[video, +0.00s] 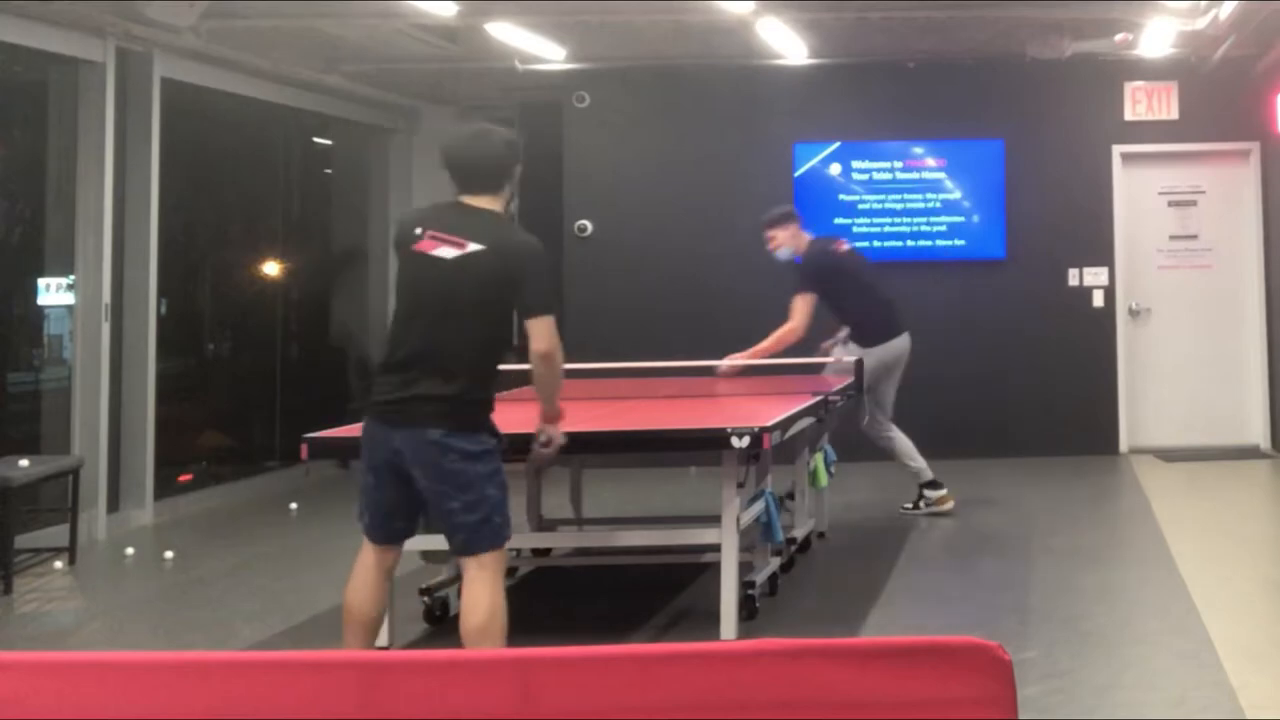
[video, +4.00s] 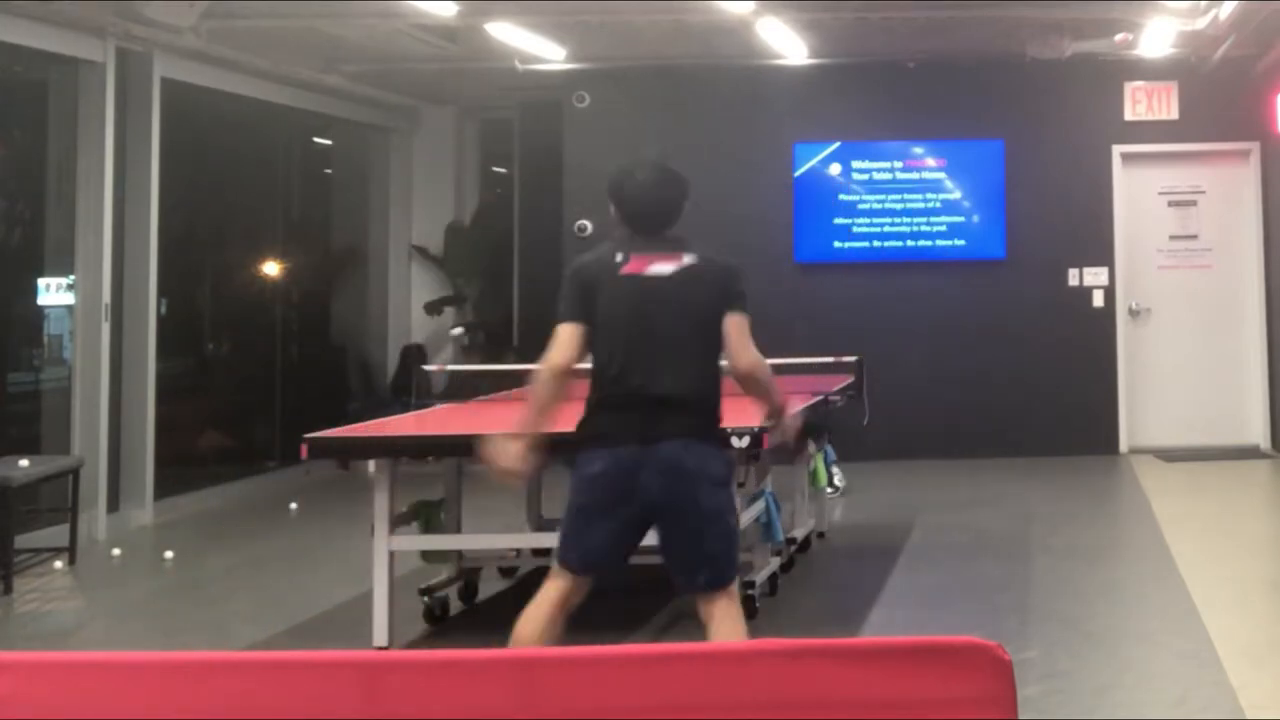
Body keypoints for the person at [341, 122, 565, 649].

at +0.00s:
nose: (518, 177)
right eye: (517, 170)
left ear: (454, 174)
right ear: (513, 176)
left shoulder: (414, 229)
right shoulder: (521, 248)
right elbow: (543, 348)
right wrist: (549, 413)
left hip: (386, 425)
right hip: (455, 431)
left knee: (377, 553)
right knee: (482, 564)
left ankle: (351, 683)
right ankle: (486, 705)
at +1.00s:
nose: (487, 192)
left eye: (485, 183)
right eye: (484, 183)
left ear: (422, 188)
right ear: (473, 188)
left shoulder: (387, 242)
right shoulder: (485, 248)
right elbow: (502, 341)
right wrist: (520, 388)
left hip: (382, 434)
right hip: (456, 435)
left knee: (354, 566)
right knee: (507, 549)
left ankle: (314, 692)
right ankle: (532, 677)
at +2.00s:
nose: (465, 223)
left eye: (466, 216)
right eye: (466, 216)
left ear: (403, 213)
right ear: (456, 217)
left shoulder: (349, 255)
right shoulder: (453, 268)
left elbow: (300, 336)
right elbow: (487, 358)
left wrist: (357, 353)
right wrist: (513, 382)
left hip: (319, 429)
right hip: (388, 433)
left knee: (311, 549)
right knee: (449, 550)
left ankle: (280, 671)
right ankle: (455, 681)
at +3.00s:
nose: (412, 252)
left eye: (412, 240)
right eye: (410, 241)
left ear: (352, 238)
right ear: (395, 243)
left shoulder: (303, 278)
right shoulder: (368, 295)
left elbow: (295, 359)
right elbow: (351, 392)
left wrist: (365, 373)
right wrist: (408, 439)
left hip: (235, 450)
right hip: (295, 457)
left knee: (223, 555)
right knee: (387, 549)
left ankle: (127, 659)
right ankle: (404, 685)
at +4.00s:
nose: (613, 213)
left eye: (614, 205)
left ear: (616, 212)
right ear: (677, 210)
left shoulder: (590, 272)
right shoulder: (716, 276)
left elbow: (558, 363)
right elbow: (745, 363)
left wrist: (524, 434)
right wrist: (776, 407)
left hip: (609, 457)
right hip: (693, 457)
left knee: (561, 587)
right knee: (718, 599)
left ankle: (498, 703)